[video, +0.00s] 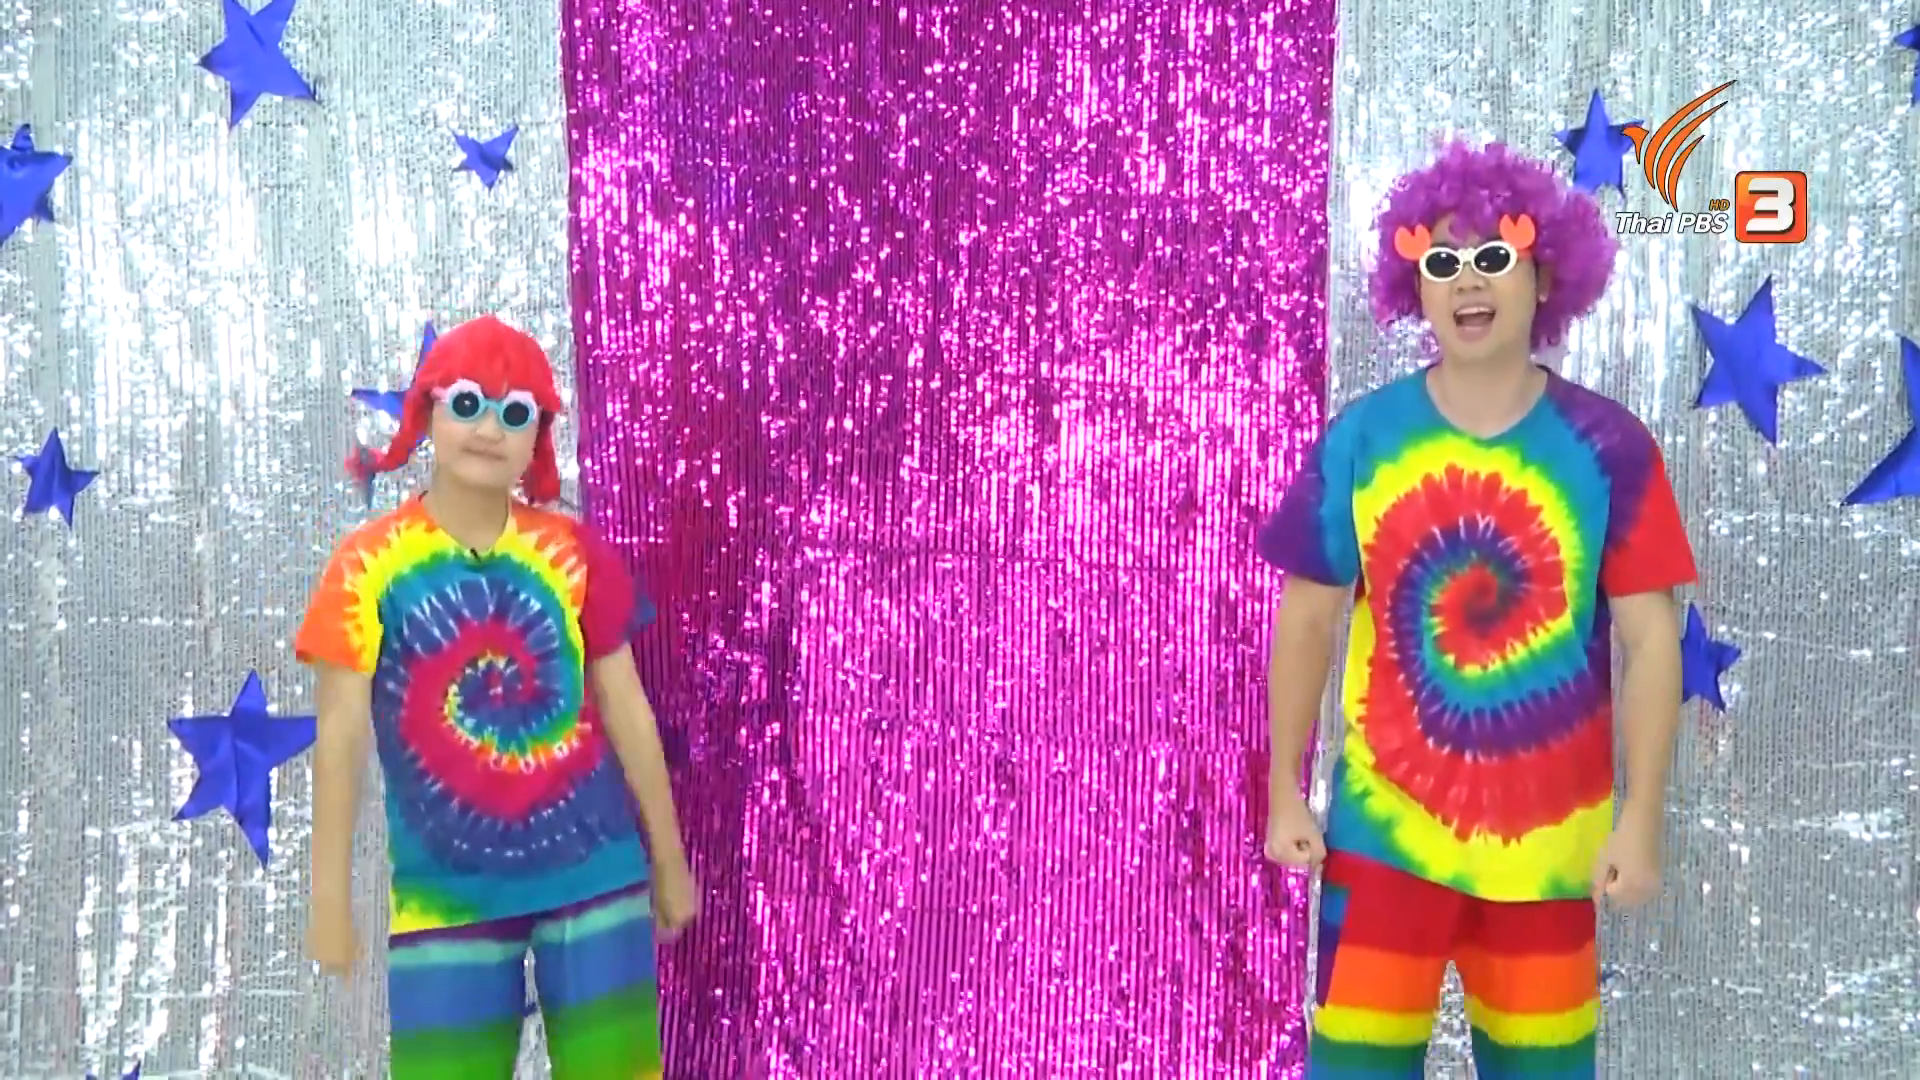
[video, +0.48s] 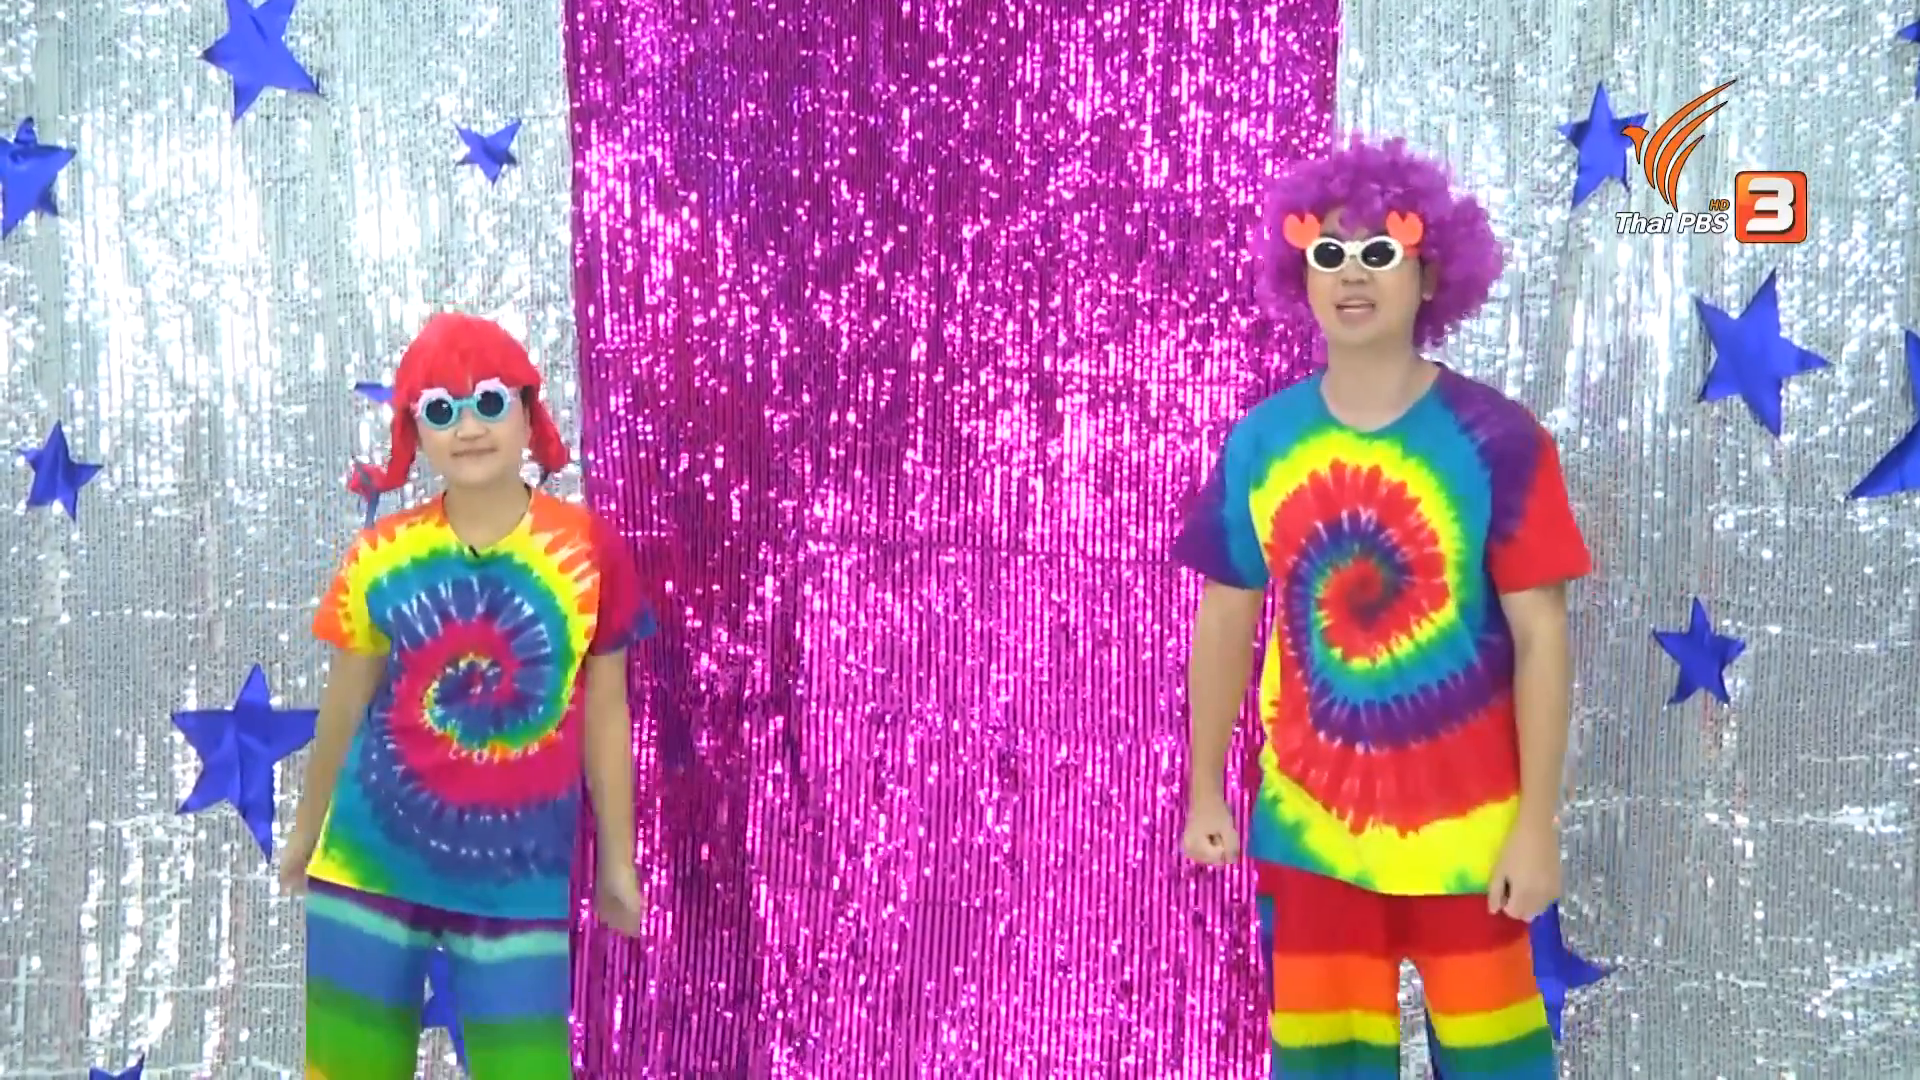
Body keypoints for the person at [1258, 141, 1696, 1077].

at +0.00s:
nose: (1467, 283)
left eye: (1493, 259)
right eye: (1443, 263)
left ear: (1540, 280)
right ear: (1417, 288)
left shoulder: (1610, 445)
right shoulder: (1361, 438)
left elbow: (1650, 637)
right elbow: (1309, 617)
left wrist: (1642, 816)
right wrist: (1283, 786)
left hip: (1546, 843)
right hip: (1388, 834)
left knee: (1544, 1063)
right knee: (1358, 1058)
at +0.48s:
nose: (1351, 276)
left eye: (1378, 255)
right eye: (1329, 255)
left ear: (1424, 279)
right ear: (1304, 279)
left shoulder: (1498, 436)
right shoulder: (1260, 441)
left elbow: (1540, 631)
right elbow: (1227, 619)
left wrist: (1539, 821)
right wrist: (1206, 783)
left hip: (1469, 832)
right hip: (1312, 835)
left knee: (1495, 1057)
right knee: (1324, 1059)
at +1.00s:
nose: (1305, 271)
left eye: (1332, 249)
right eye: (1282, 256)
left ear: (1383, 282)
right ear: (1259, 294)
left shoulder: (1463, 447)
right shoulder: (1235, 463)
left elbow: (1499, 642)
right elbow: (1158, 627)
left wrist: (1452, 815)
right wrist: (1068, 737)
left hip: (1435, 834)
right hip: (1285, 843)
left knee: (1467, 1061)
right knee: (1283, 1065)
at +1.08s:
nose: (1325, 249)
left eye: (1351, 227)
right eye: (1302, 234)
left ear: (1404, 259)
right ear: (1280, 272)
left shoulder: (1483, 429)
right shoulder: (1248, 442)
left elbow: (1524, 626)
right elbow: (1149, 578)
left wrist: (1466, 796)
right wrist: (1041, 627)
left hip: (1448, 825)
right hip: (1298, 833)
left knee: (1482, 1058)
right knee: (1291, 1059)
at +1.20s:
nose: (1335, 248)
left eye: (1364, 224)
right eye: (1318, 233)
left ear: (1429, 251)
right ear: (1304, 268)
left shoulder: (1510, 427)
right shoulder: (1269, 429)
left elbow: (1554, 624)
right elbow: (1176, 572)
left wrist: (1495, 804)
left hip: (1471, 834)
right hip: (1317, 840)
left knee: (1507, 1065)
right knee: (1313, 1063)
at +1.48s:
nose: (1374, 274)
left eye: (1394, 247)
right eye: (1373, 254)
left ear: (1475, 256)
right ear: (1451, 262)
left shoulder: (1585, 437)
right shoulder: (1375, 420)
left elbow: (1603, 647)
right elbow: (1304, 565)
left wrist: (1529, 823)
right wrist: (1253, 470)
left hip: (1517, 836)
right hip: (1364, 829)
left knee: (1521, 1067)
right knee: (1325, 1062)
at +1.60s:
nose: (1399, 270)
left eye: (1418, 245)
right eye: (1400, 250)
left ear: (1497, 254)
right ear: (1477, 258)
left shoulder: (1605, 437)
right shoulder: (1420, 412)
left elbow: (1603, 639)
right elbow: (1340, 540)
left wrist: (1449, 765)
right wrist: (1295, 436)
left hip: (1528, 823)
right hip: (1379, 805)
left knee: (1522, 1064)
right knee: (1326, 1055)